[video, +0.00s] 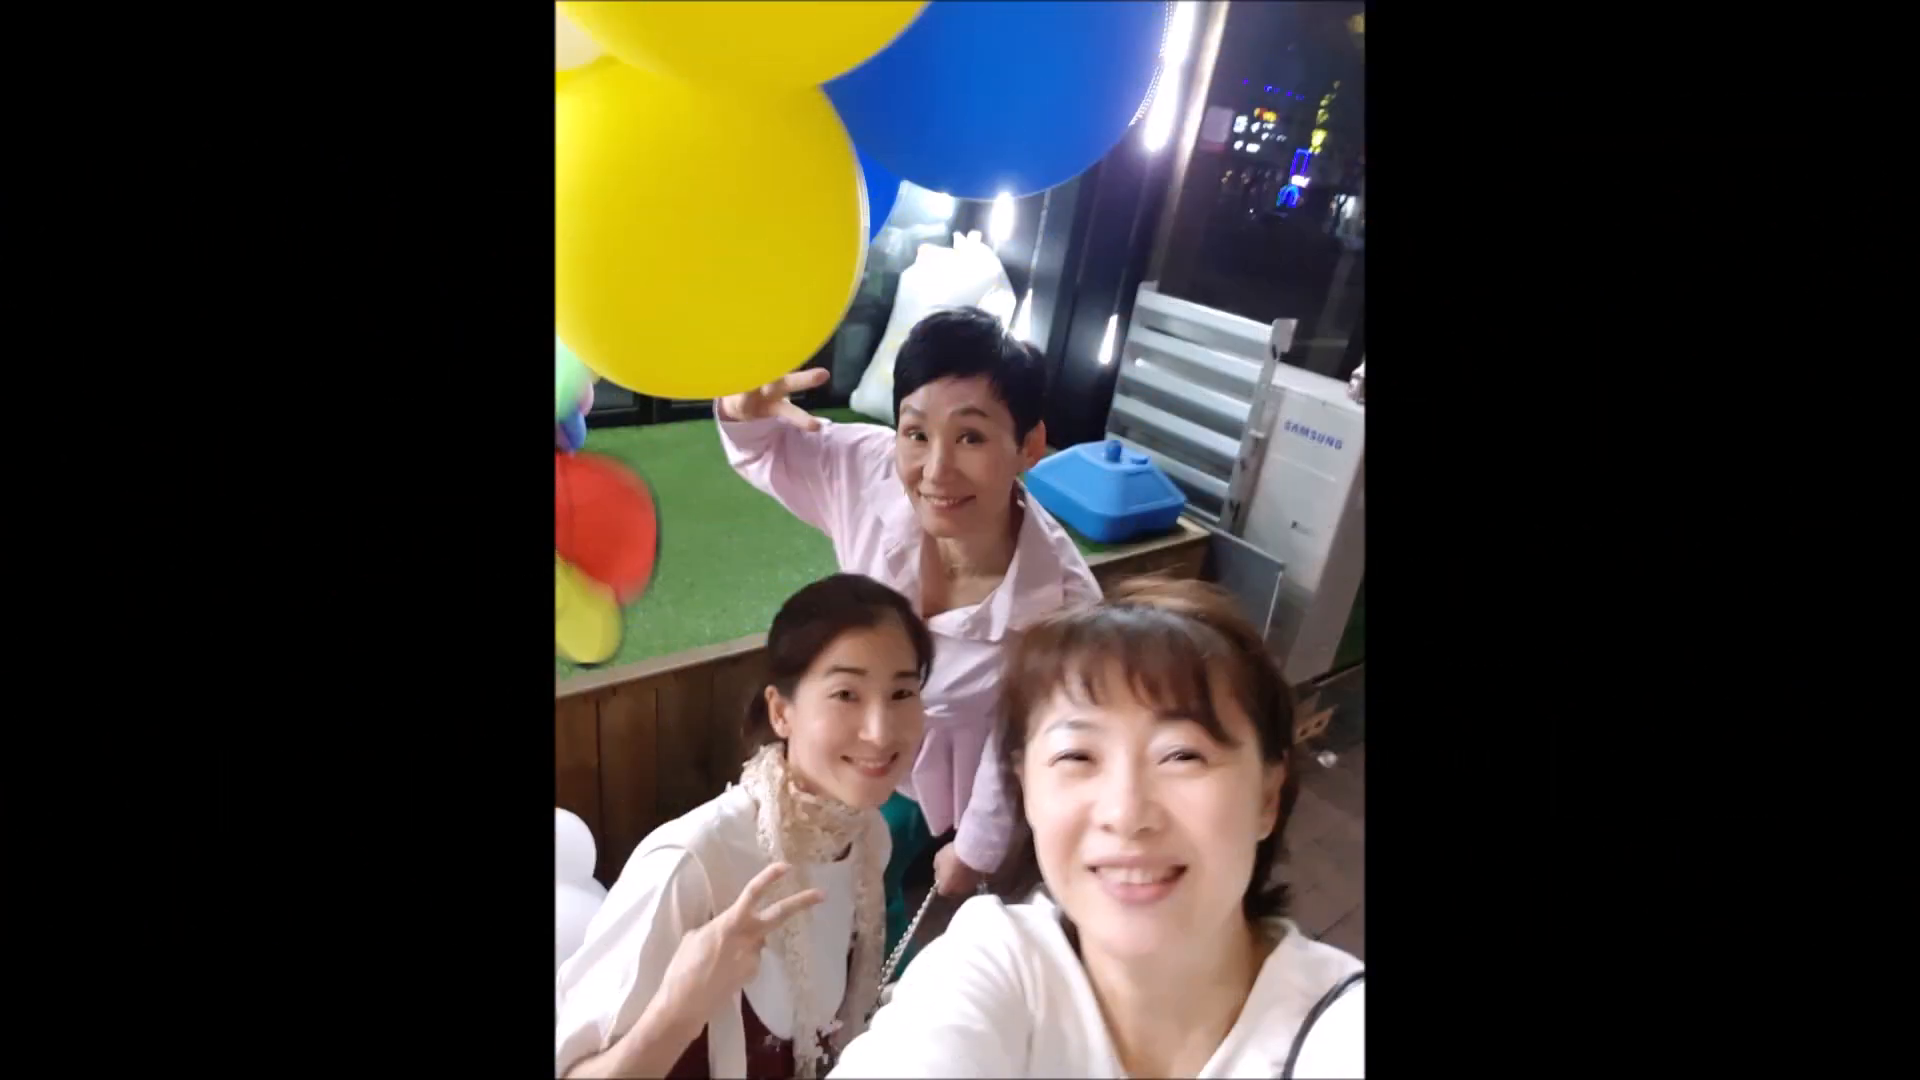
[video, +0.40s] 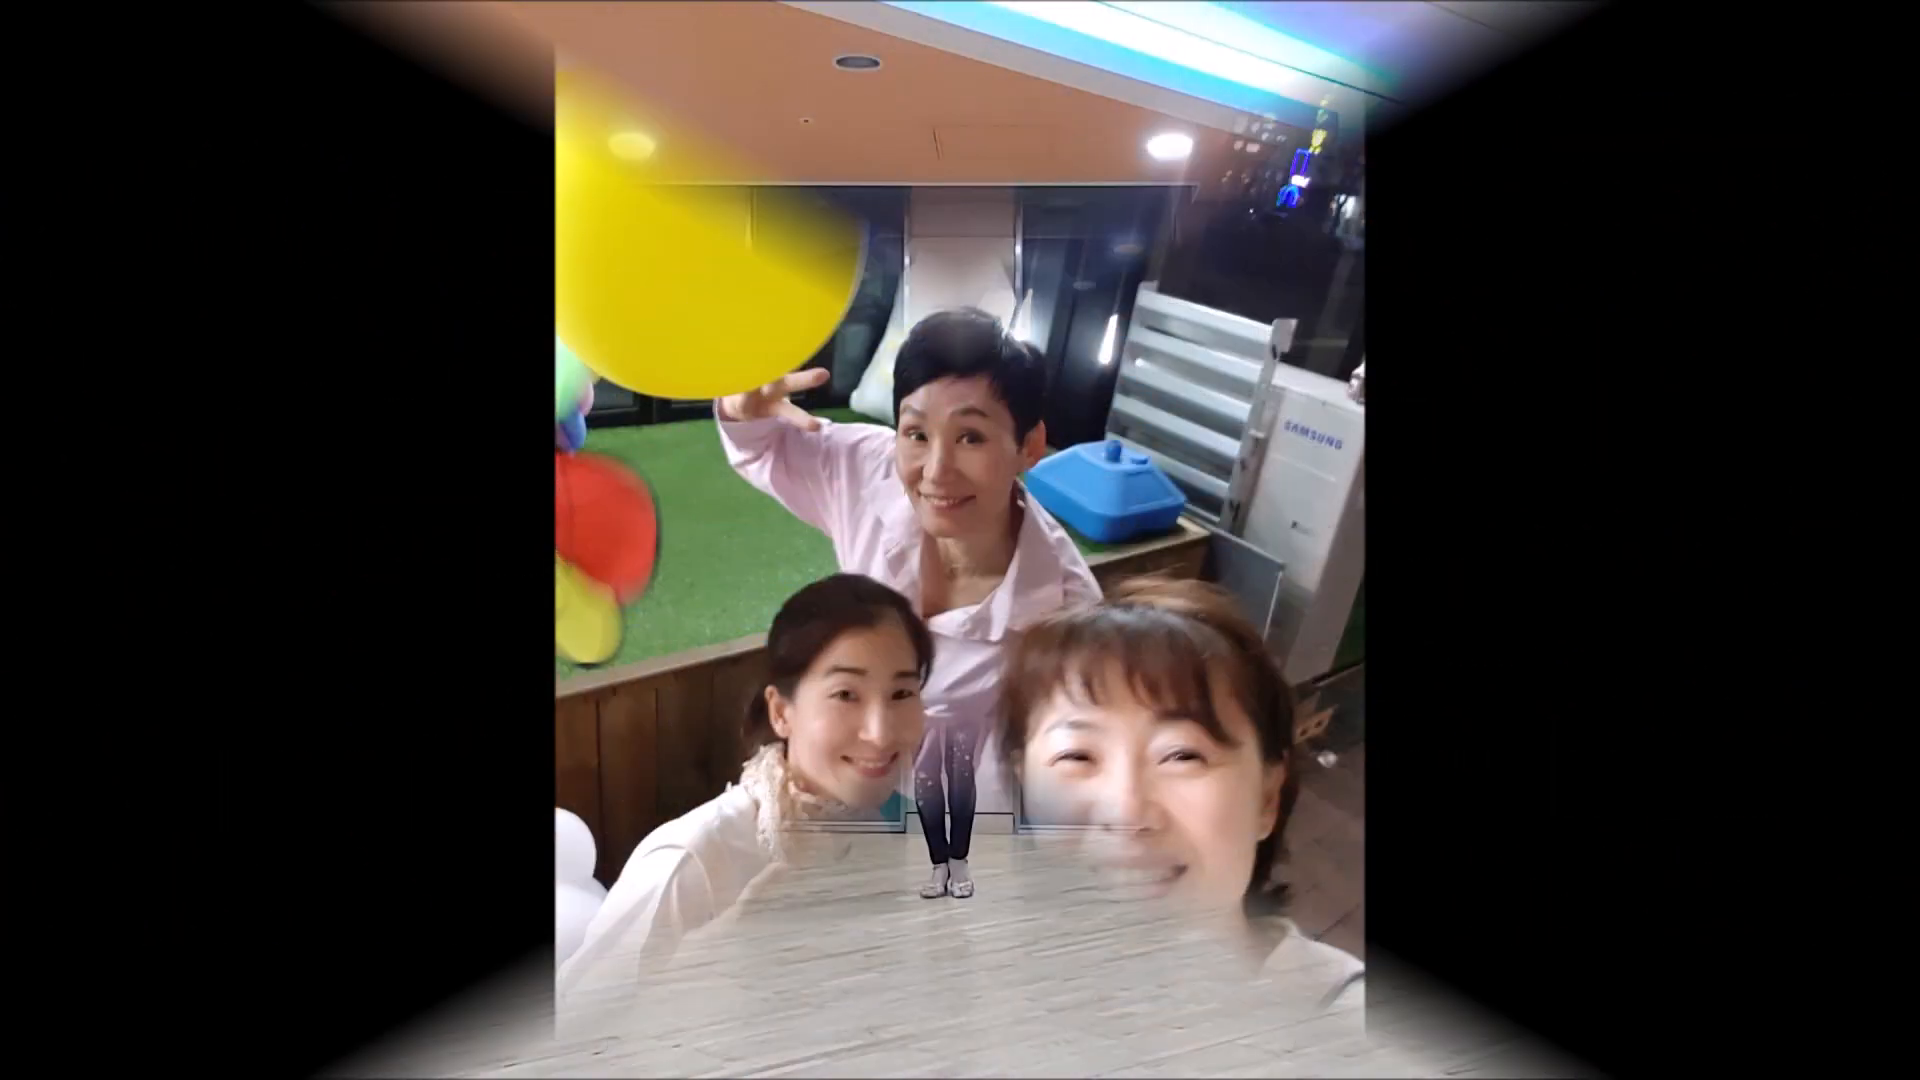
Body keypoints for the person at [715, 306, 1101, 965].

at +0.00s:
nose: (937, 469)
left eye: (971, 438)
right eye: (917, 435)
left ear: (1030, 448)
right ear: (895, 434)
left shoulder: (1058, 604)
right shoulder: (869, 470)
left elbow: (1023, 756)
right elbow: (771, 446)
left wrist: (973, 855)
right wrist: (749, 410)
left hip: (951, 818)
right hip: (844, 773)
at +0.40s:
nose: (937, 468)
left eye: (972, 438)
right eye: (917, 435)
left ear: (1030, 450)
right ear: (896, 434)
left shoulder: (1062, 608)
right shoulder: (866, 469)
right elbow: (762, 442)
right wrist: (749, 405)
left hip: (970, 834)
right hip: (832, 801)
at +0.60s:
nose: (943, 489)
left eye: (952, 482)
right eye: (935, 483)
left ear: (965, 490)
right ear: (923, 492)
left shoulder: (984, 546)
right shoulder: (904, 546)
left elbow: (1013, 608)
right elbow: (892, 602)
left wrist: (1033, 668)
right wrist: (886, 646)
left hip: (968, 675)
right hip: (917, 675)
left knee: (949, 767)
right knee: (909, 773)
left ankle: (963, 857)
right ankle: (939, 865)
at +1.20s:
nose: (961, 491)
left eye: (969, 484)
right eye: (953, 485)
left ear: (981, 491)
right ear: (941, 493)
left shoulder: (1001, 540)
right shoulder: (926, 546)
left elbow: (1031, 596)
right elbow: (915, 601)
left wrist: (1014, 621)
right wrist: (906, 638)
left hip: (999, 661)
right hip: (951, 659)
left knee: (994, 749)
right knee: (975, 736)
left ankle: (982, 839)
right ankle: (960, 824)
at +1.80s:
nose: (972, 490)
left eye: (979, 482)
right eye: (963, 484)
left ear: (991, 489)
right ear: (952, 492)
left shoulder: (1012, 539)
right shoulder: (939, 543)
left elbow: (1048, 590)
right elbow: (938, 604)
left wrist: (1072, 634)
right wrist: (955, 604)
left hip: (994, 663)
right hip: (946, 659)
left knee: (988, 754)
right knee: (928, 743)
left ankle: (978, 841)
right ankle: (894, 819)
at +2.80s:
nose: (995, 490)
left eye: (1002, 484)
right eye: (987, 484)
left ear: (1015, 492)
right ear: (976, 492)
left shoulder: (1031, 541)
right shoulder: (961, 540)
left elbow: (1069, 592)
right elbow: (957, 595)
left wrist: (1105, 636)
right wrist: (989, 578)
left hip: (1015, 662)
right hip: (968, 658)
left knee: (998, 754)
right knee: (929, 744)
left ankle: (978, 840)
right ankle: (909, 822)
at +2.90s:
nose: (1007, 491)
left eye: (1015, 484)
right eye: (999, 485)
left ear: (1026, 492)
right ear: (988, 493)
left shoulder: (1043, 543)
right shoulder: (972, 539)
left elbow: (1079, 592)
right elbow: (980, 589)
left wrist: (1115, 637)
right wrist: (1028, 575)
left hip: (1026, 663)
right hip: (981, 660)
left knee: (1004, 754)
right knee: (954, 747)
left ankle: (980, 841)